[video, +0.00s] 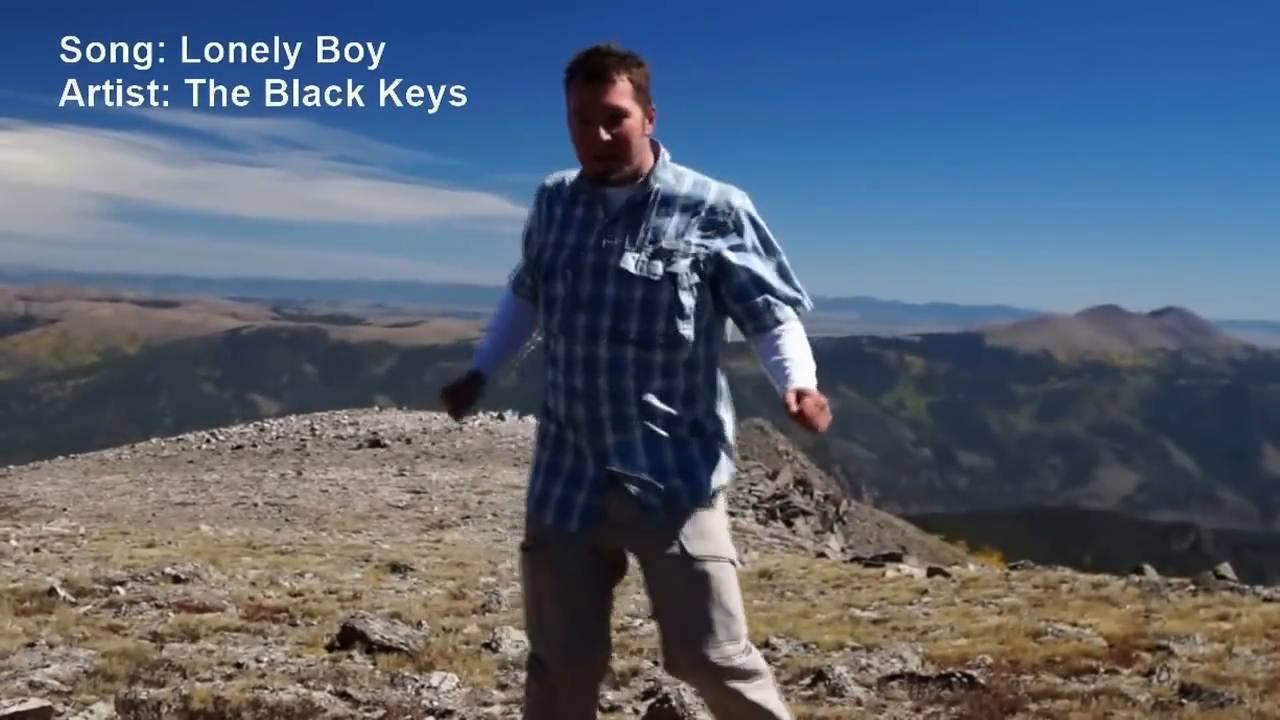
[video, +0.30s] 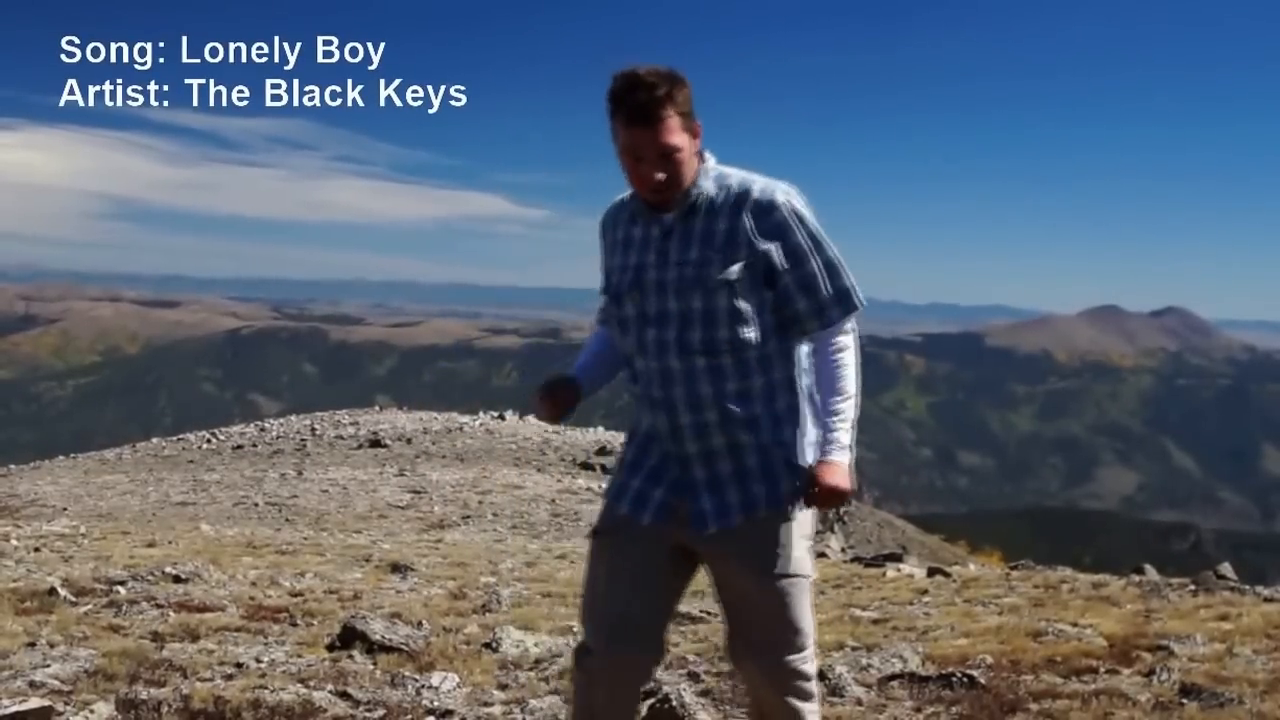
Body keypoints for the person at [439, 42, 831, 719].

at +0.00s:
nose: (597, 136)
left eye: (613, 118)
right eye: (582, 122)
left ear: (649, 117)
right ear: (568, 125)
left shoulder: (714, 210)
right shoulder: (555, 204)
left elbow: (770, 310)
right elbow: (526, 298)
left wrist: (798, 382)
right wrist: (479, 372)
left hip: (675, 472)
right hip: (567, 470)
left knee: (716, 660)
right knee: (560, 671)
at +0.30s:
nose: (652, 175)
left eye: (666, 156)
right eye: (635, 159)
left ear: (696, 137)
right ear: (618, 152)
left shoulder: (767, 210)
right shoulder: (621, 225)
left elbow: (835, 326)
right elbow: (619, 327)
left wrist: (835, 451)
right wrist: (577, 385)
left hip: (760, 477)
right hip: (656, 470)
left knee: (780, 675)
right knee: (606, 665)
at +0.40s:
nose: (681, 176)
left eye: (695, 158)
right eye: (664, 160)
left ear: (721, 138)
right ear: (642, 150)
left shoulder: (791, 211)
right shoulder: (636, 229)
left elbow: (858, 327)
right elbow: (624, 330)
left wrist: (875, 449)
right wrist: (582, 398)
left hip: (781, 476)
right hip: (675, 473)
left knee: (792, 679)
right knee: (629, 670)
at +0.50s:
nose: (707, 170)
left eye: (720, 152)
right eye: (691, 154)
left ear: (744, 135)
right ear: (666, 144)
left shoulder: (811, 208)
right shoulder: (647, 227)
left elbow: (881, 318)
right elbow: (624, 321)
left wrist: (910, 433)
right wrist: (596, 376)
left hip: (791, 474)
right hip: (685, 469)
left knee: (796, 677)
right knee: (628, 650)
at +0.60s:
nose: (727, 159)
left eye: (741, 141)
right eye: (711, 142)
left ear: (762, 124)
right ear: (683, 129)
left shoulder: (823, 197)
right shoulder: (649, 211)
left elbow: (893, 299)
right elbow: (619, 302)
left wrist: (922, 411)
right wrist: (607, 341)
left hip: (795, 462)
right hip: (688, 456)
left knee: (801, 670)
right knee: (634, 631)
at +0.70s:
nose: (745, 153)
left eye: (759, 135)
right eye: (727, 137)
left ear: (777, 120)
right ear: (696, 123)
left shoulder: (831, 197)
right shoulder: (648, 208)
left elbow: (880, 304)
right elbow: (609, 302)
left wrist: (902, 411)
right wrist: (608, 355)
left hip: (796, 466)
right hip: (683, 460)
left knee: (798, 671)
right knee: (644, 653)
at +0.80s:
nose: (758, 166)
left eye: (771, 149)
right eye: (742, 150)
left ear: (787, 135)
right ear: (707, 135)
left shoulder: (828, 215)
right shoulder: (645, 221)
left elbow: (856, 336)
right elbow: (604, 336)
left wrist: (872, 435)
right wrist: (608, 434)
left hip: (794, 482)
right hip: (676, 479)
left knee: (794, 688)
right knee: (641, 681)